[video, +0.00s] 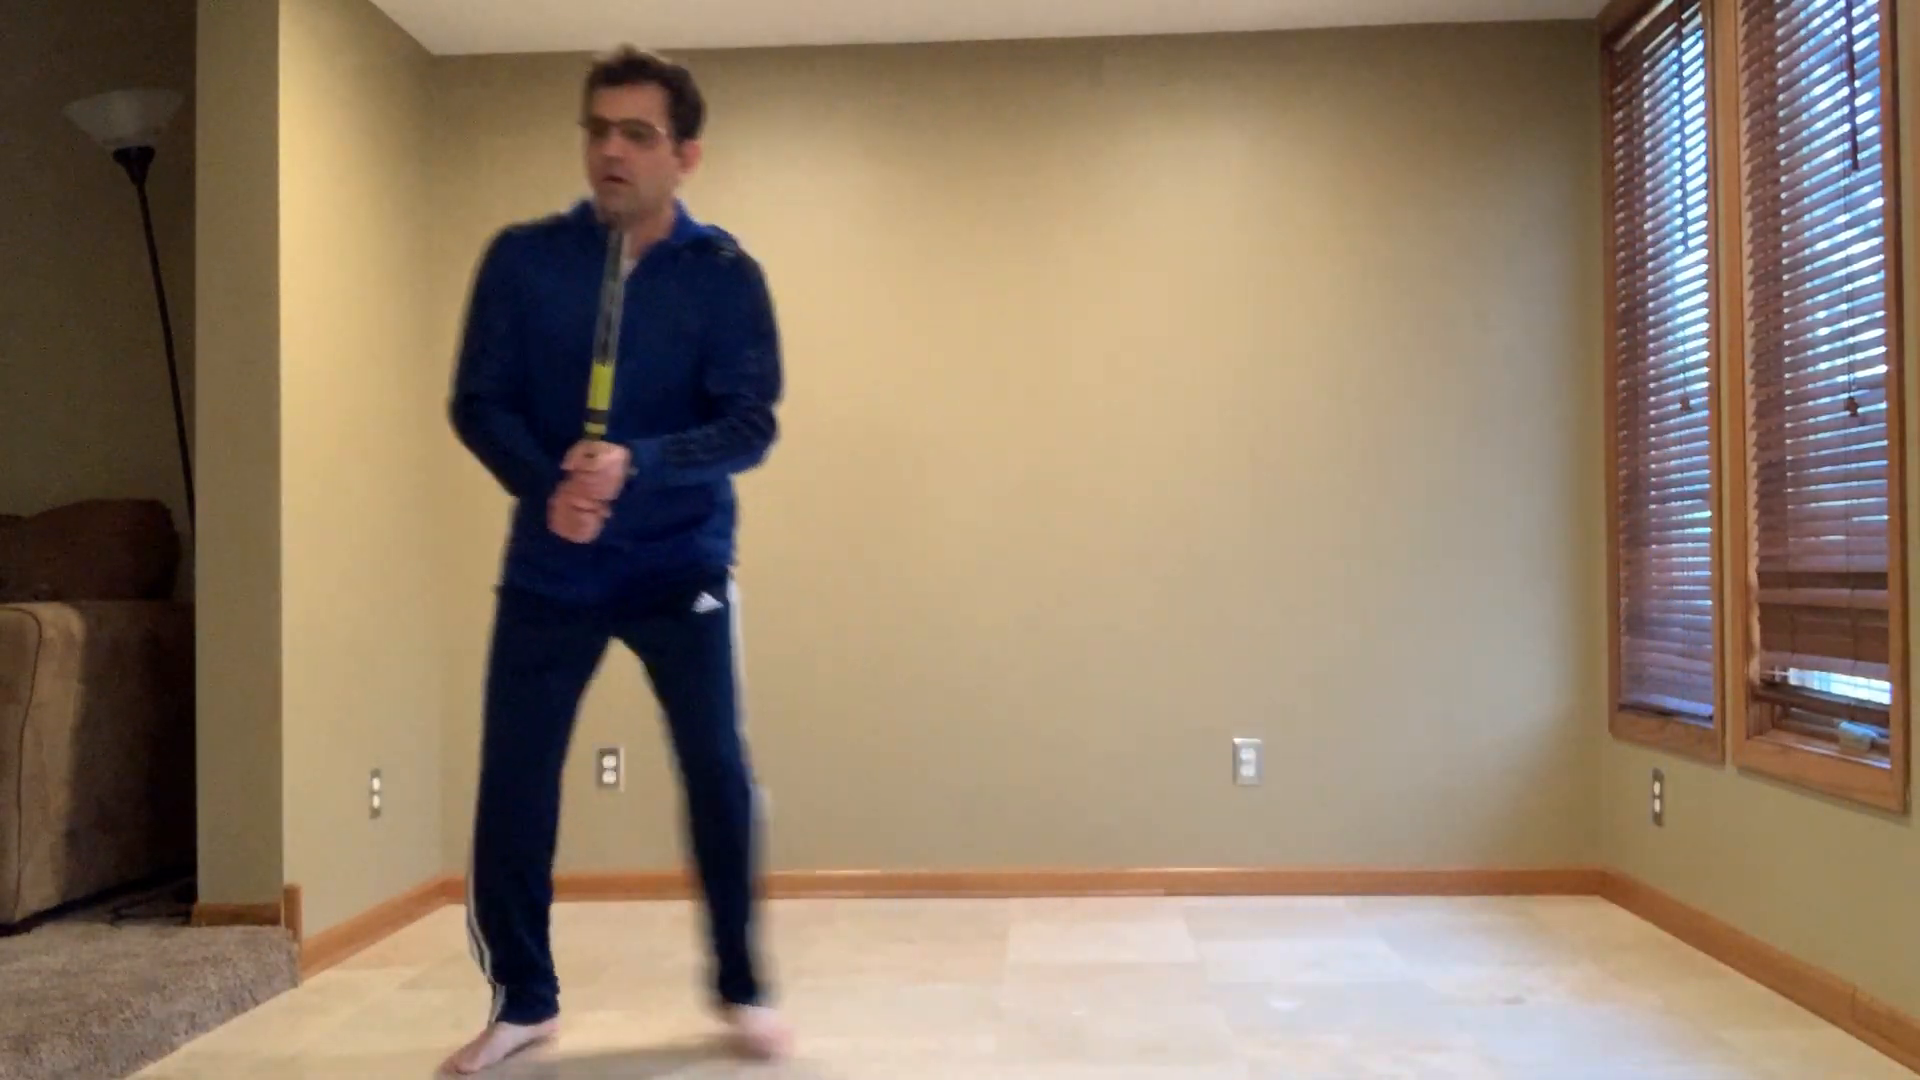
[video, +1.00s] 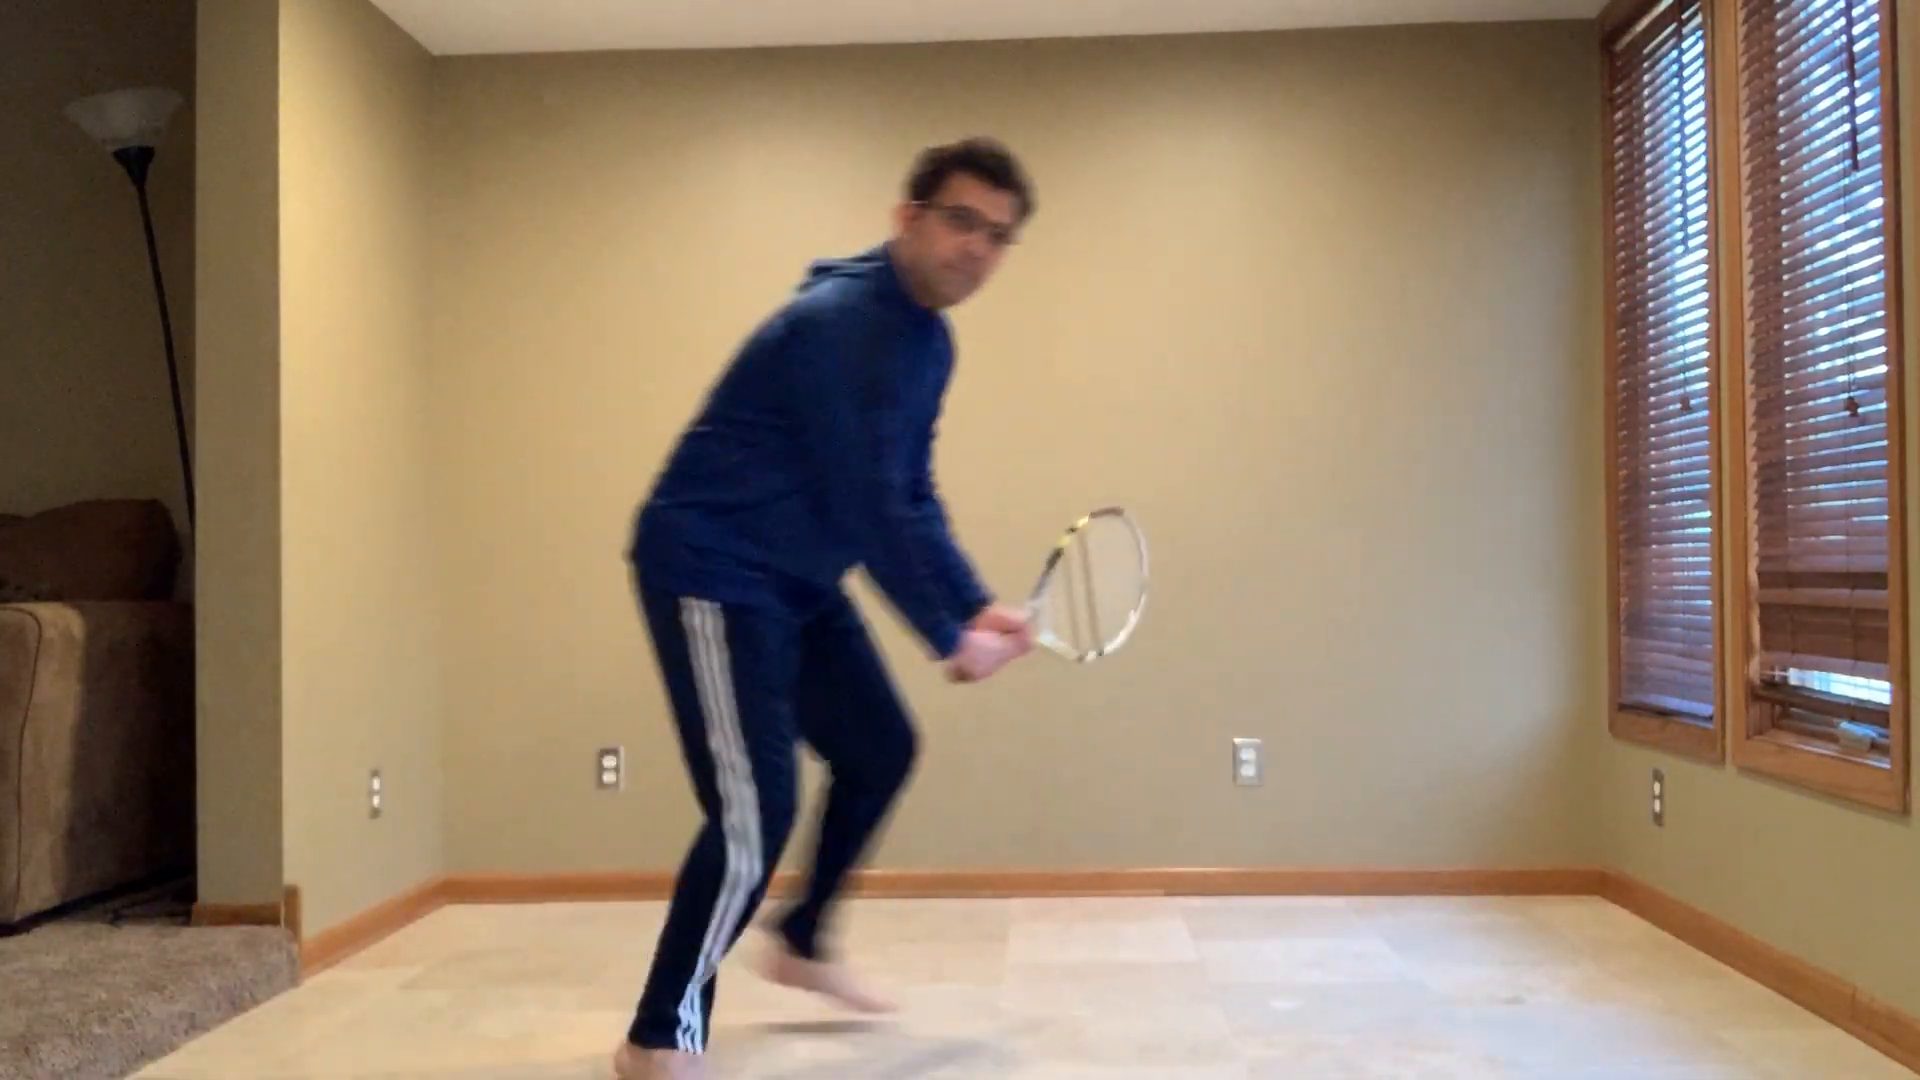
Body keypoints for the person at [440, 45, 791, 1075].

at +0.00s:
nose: (612, 150)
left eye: (637, 134)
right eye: (598, 131)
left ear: (685, 153)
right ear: (582, 143)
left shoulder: (724, 273)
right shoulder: (522, 257)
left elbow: (751, 422)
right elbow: (476, 403)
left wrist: (635, 463)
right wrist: (543, 482)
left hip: (680, 575)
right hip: (549, 575)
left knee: (719, 769)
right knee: (514, 784)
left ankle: (741, 993)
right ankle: (524, 1004)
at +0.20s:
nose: (511, 147)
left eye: (538, 132)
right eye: (497, 127)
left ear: (581, 154)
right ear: (477, 142)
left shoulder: (624, 275)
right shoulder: (419, 258)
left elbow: (652, 424)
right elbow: (375, 399)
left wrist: (530, 467)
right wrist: (440, 480)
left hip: (565, 572)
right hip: (435, 564)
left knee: (565, 788)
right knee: (360, 764)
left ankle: (552, 992)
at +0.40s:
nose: (447, 247)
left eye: (475, 234)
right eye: (432, 228)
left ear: (514, 263)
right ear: (409, 241)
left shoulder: (544, 379)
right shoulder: (337, 348)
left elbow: (554, 533)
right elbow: (288, 490)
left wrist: (449, 596)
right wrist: (353, 600)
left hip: (494, 616)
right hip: (358, 612)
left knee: (544, 786)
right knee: (273, 796)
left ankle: (554, 989)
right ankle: (238, 1012)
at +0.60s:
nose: (569, 272)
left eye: (594, 259)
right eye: (554, 250)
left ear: (619, 284)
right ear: (517, 255)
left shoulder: (621, 403)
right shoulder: (425, 353)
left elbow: (596, 538)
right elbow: (370, 517)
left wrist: (553, 609)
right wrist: (449, 636)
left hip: (520, 625)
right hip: (385, 608)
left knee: (602, 776)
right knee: (281, 825)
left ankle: (549, 986)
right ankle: (237, 1018)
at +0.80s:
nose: (781, 251)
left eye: (804, 238)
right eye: (764, 226)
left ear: (818, 256)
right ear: (716, 224)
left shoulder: (788, 369)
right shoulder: (622, 316)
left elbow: (757, 502)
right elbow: (577, 477)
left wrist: (742, 610)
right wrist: (654, 626)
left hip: (634, 586)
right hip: (528, 564)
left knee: (638, 788)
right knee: (496, 773)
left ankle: (536, 1002)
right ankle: (401, 985)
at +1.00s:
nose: (978, 249)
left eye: (999, 237)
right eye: (961, 223)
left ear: (1007, 250)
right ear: (907, 217)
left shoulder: (925, 342)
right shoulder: (840, 319)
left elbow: (909, 491)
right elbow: (861, 502)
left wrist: (972, 603)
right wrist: (947, 633)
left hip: (795, 578)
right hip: (706, 568)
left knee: (878, 752)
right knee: (751, 808)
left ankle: (799, 940)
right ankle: (661, 1039)